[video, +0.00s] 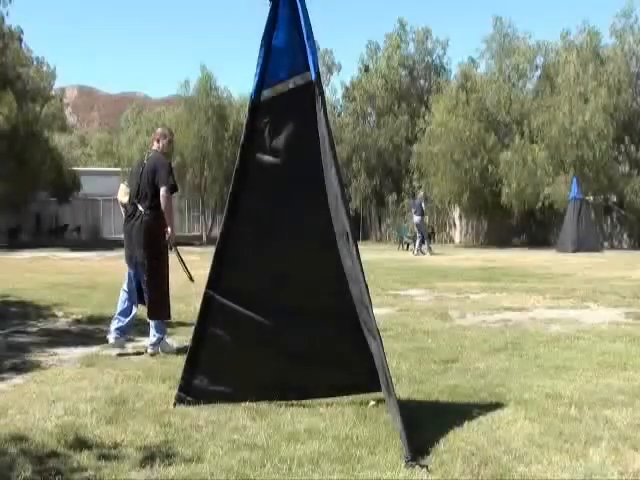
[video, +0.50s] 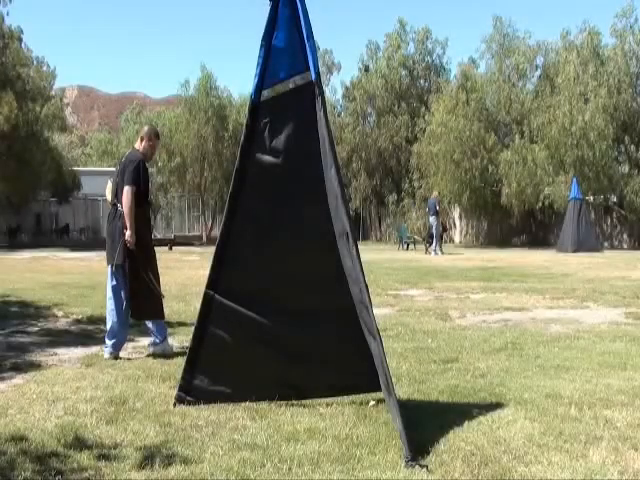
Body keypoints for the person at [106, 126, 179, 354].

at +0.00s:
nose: (171, 146)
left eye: (170, 142)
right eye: (169, 142)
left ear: (153, 142)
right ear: (159, 142)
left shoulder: (139, 164)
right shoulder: (162, 163)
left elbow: (124, 196)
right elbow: (164, 196)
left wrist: (132, 217)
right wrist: (170, 226)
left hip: (133, 227)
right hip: (150, 229)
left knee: (133, 280)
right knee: (156, 282)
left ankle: (117, 332)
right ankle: (156, 339)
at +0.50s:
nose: (156, 152)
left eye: (157, 147)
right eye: (155, 146)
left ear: (142, 140)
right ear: (146, 141)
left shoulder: (126, 160)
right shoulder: (136, 161)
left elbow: (111, 194)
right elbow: (127, 196)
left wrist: (123, 222)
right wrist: (130, 228)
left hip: (118, 236)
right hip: (135, 236)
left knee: (117, 291)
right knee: (148, 286)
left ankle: (112, 345)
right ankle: (160, 340)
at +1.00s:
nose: (162, 145)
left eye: (161, 141)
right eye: (162, 141)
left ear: (143, 139)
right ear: (157, 141)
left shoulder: (129, 158)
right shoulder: (149, 160)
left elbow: (111, 191)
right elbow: (148, 197)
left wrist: (117, 217)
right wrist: (154, 230)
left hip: (116, 222)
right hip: (133, 225)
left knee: (115, 289)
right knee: (138, 289)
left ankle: (107, 346)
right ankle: (143, 350)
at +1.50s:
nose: (140, 141)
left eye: (138, 137)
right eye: (139, 138)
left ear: (119, 139)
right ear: (136, 138)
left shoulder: (107, 163)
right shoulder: (133, 158)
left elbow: (92, 200)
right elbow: (136, 195)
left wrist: (100, 228)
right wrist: (145, 225)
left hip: (105, 234)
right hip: (125, 232)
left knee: (106, 295)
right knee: (135, 291)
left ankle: (101, 348)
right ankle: (146, 349)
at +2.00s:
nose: (145, 136)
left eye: (141, 133)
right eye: (144, 133)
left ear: (125, 135)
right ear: (142, 134)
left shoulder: (113, 160)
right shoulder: (146, 157)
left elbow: (98, 198)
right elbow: (151, 194)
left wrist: (105, 231)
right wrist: (158, 226)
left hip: (115, 231)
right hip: (138, 233)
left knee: (110, 293)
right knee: (141, 292)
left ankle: (102, 348)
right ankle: (144, 351)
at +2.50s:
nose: (143, 134)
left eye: (140, 131)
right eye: (143, 131)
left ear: (123, 133)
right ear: (140, 132)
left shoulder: (113, 160)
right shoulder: (144, 156)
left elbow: (98, 198)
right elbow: (150, 194)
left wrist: (105, 230)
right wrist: (158, 227)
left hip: (114, 231)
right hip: (137, 231)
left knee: (110, 293)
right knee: (141, 292)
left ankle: (102, 348)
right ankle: (144, 350)